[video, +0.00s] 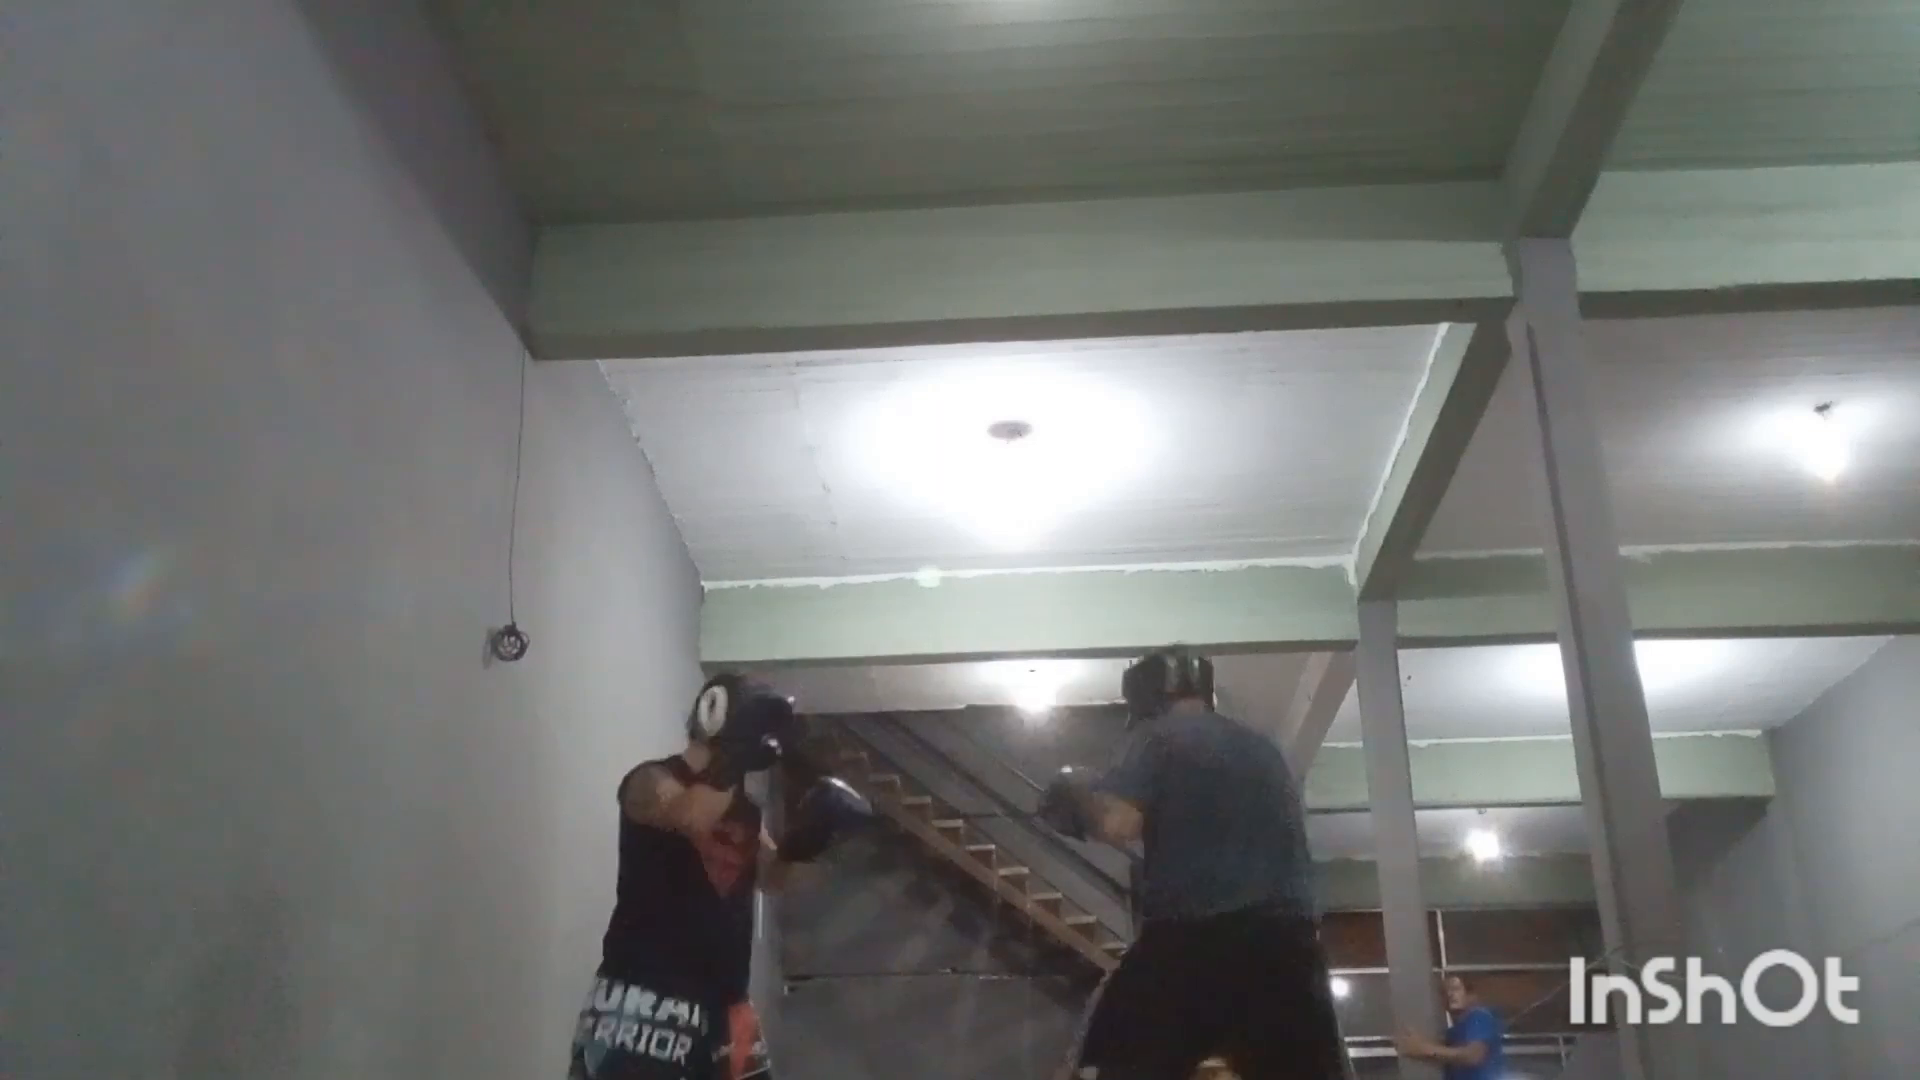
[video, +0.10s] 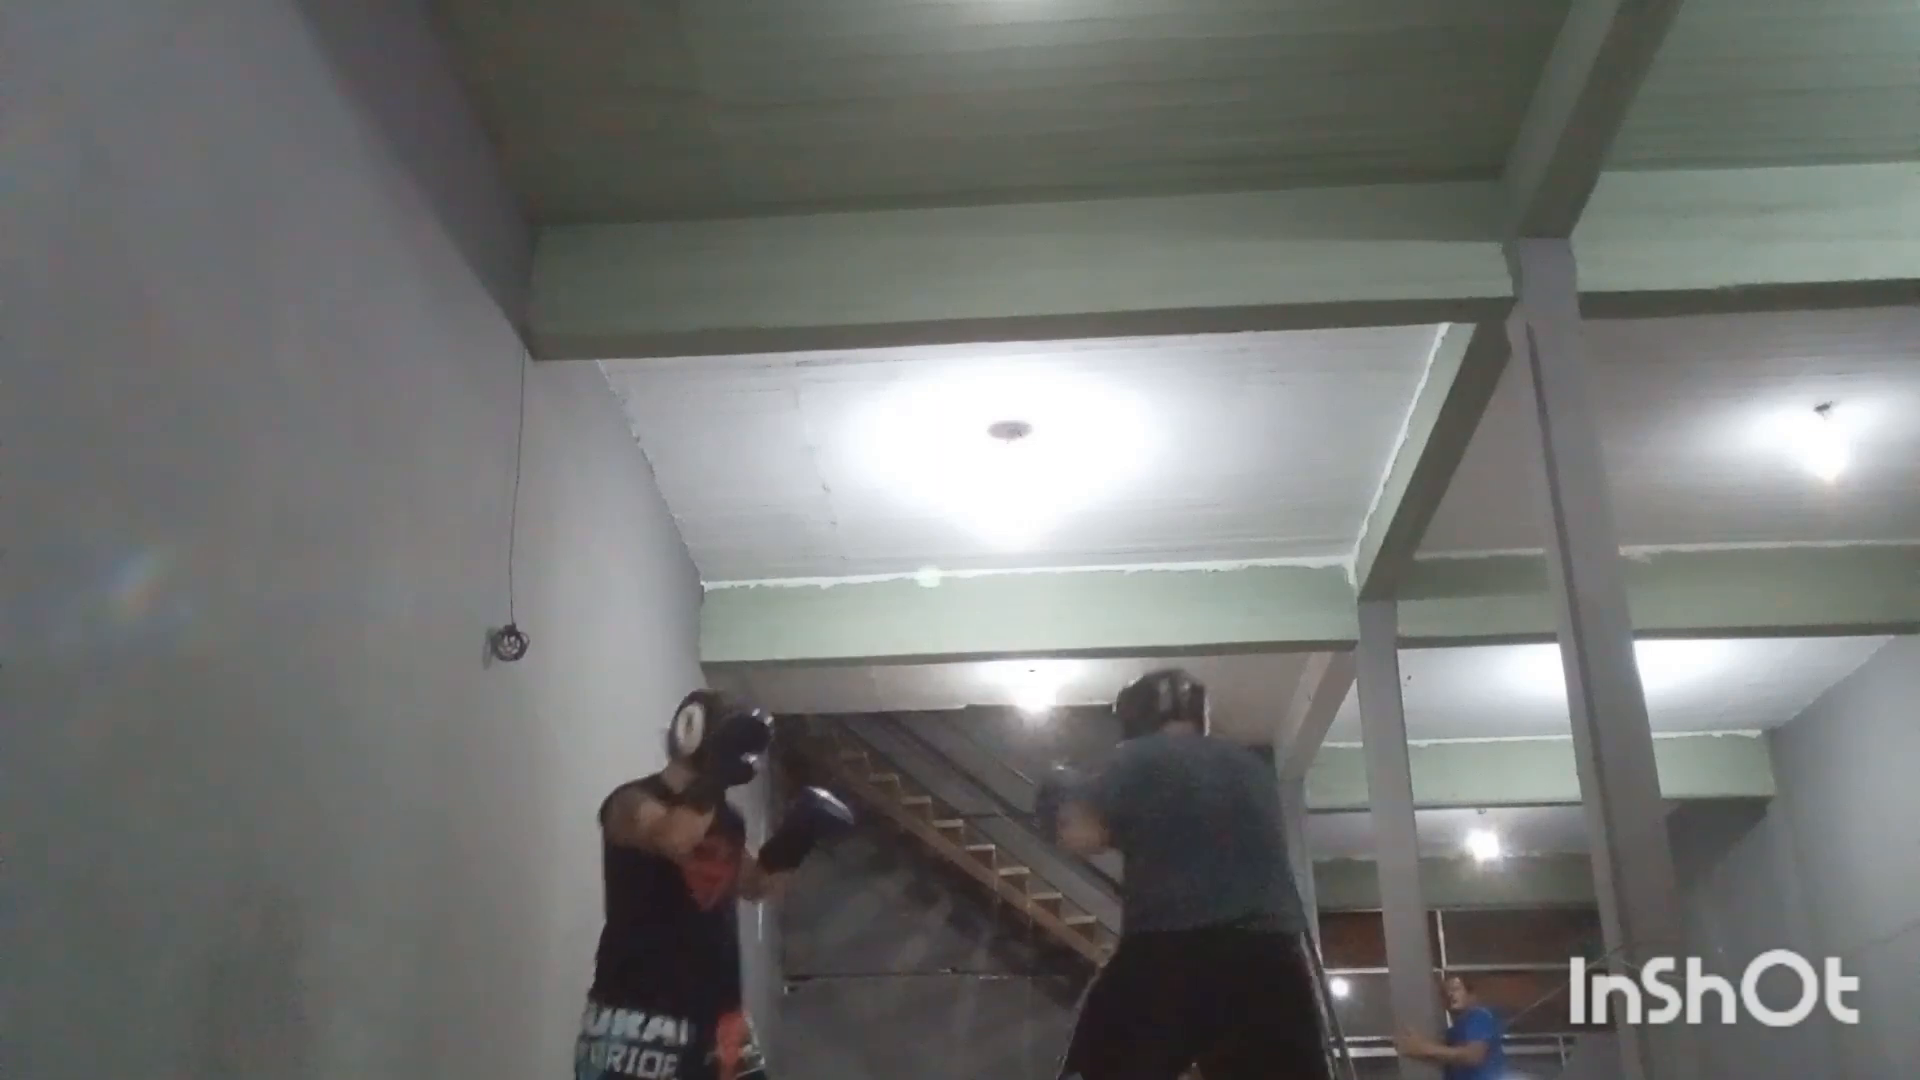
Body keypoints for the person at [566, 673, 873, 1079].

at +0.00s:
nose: (757, 735)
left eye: (765, 723)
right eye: (750, 721)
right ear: (716, 716)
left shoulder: (745, 810)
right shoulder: (648, 781)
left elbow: (773, 878)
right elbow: (691, 819)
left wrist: (809, 840)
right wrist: (735, 755)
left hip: (716, 1010)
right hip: (641, 1009)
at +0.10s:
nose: (734, 751)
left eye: (736, 741)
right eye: (724, 736)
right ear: (692, 732)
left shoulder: (724, 819)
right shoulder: (628, 803)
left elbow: (755, 885)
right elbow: (674, 840)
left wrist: (797, 834)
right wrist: (713, 774)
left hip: (714, 1021)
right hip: (637, 1022)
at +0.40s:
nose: (718, 766)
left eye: (724, 755)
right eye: (709, 752)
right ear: (677, 744)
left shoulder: (727, 815)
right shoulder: (614, 812)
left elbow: (793, 858)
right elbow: (646, 853)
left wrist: (800, 791)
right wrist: (689, 784)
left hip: (707, 1021)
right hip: (625, 1020)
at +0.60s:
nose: (714, 789)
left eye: (721, 777)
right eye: (705, 775)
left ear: (727, 784)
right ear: (672, 771)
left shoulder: (723, 843)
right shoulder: (614, 838)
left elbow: (787, 882)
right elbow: (653, 881)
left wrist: (794, 818)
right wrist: (691, 814)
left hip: (698, 1040)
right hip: (616, 1040)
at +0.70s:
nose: (697, 792)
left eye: (702, 780)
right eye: (687, 780)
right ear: (651, 780)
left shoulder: (698, 852)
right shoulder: (592, 842)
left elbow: (746, 916)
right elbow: (621, 889)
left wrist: (769, 872)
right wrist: (665, 819)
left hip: (679, 1044)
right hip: (599, 1042)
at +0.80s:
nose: (665, 808)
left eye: (673, 799)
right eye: (656, 796)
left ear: (676, 808)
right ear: (622, 790)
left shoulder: (667, 862)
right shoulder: (567, 854)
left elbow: (694, 934)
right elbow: (590, 893)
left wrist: (732, 905)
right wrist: (632, 832)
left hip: (655, 1054)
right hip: (577, 1053)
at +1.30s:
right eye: (650, 794)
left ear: (678, 802)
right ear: (626, 788)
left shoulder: (676, 855)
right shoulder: (583, 848)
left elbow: (729, 911)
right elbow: (584, 903)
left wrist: (741, 852)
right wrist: (635, 839)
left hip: (661, 1042)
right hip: (591, 1036)